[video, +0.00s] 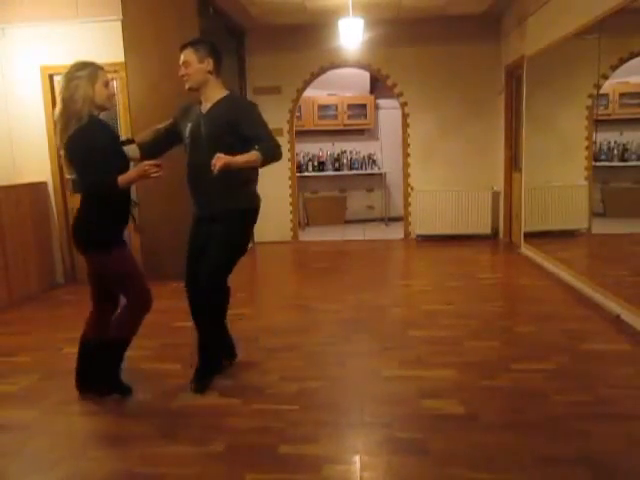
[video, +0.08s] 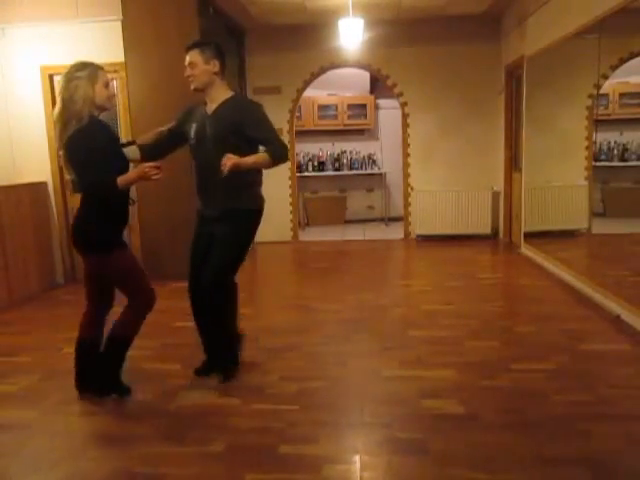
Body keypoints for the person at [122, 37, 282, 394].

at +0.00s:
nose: (181, 72)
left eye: (187, 65)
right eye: (180, 66)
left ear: (209, 65)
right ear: (197, 69)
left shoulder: (237, 106)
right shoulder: (190, 112)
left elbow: (272, 150)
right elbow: (155, 145)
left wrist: (235, 160)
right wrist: (114, 149)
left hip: (237, 211)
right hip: (205, 211)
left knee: (209, 281)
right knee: (195, 282)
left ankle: (207, 364)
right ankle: (221, 346)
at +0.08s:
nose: (187, 73)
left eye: (192, 66)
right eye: (186, 67)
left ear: (214, 67)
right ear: (202, 70)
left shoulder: (243, 108)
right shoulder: (194, 113)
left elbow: (280, 152)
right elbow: (161, 145)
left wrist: (244, 161)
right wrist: (122, 151)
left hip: (241, 209)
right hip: (210, 209)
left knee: (217, 278)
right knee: (197, 282)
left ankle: (227, 356)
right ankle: (214, 354)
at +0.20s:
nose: (198, 73)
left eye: (204, 66)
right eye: (197, 68)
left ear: (227, 67)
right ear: (210, 72)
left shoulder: (257, 109)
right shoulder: (203, 117)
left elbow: (295, 153)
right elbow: (165, 153)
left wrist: (270, 162)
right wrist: (122, 157)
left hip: (252, 209)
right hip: (219, 210)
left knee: (238, 283)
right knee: (210, 288)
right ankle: (221, 354)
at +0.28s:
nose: (205, 72)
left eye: (211, 65)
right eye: (204, 67)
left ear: (232, 67)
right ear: (219, 71)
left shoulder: (263, 108)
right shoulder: (209, 118)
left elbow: (303, 151)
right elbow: (172, 155)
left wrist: (289, 160)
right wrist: (129, 158)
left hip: (259, 212)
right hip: (225, 213)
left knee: (257, 292)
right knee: (217, 291)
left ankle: (290, 334)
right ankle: (222, 355)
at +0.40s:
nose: (218, 71)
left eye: (224, 64)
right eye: (217, 65)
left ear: (247, 65)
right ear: (219, 71)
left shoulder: (278, 106)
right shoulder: (222, 115)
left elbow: (317, 148)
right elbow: (192, 159)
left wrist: (318, 159)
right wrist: (151, 160)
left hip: (279, 210)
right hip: (240, 212)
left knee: (284, 285)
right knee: (231, 287)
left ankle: (292, 338)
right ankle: (223, 356)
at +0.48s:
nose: (225, 70)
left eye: (232, 63)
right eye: (224, 65)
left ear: (253, 65)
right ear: (225, 69)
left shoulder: (284, 105)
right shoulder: (228, 111)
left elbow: (314, 136)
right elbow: (206, 158)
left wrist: (327, 156)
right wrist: (177, 160)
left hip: (286, 208)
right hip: (246, 210)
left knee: (292, 281)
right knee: (235, 283)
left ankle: (293, 338)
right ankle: (223, 350)